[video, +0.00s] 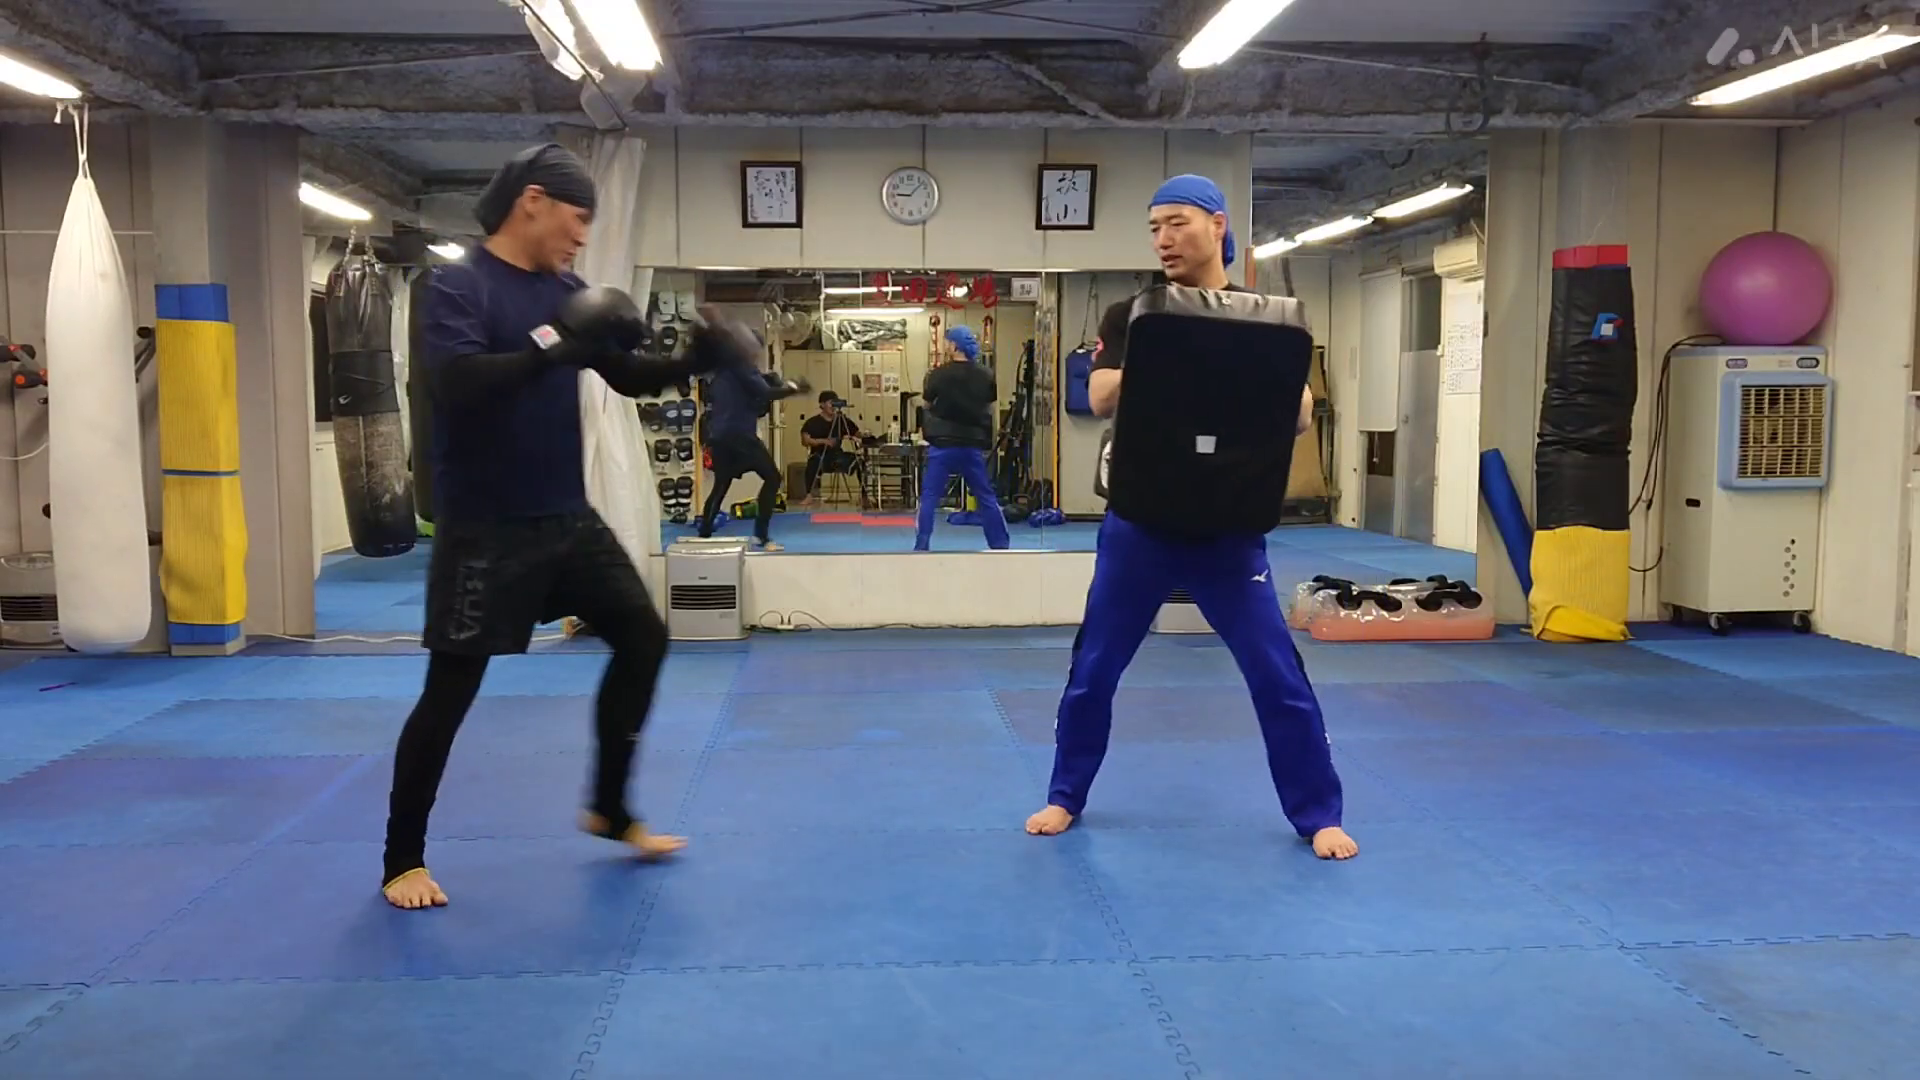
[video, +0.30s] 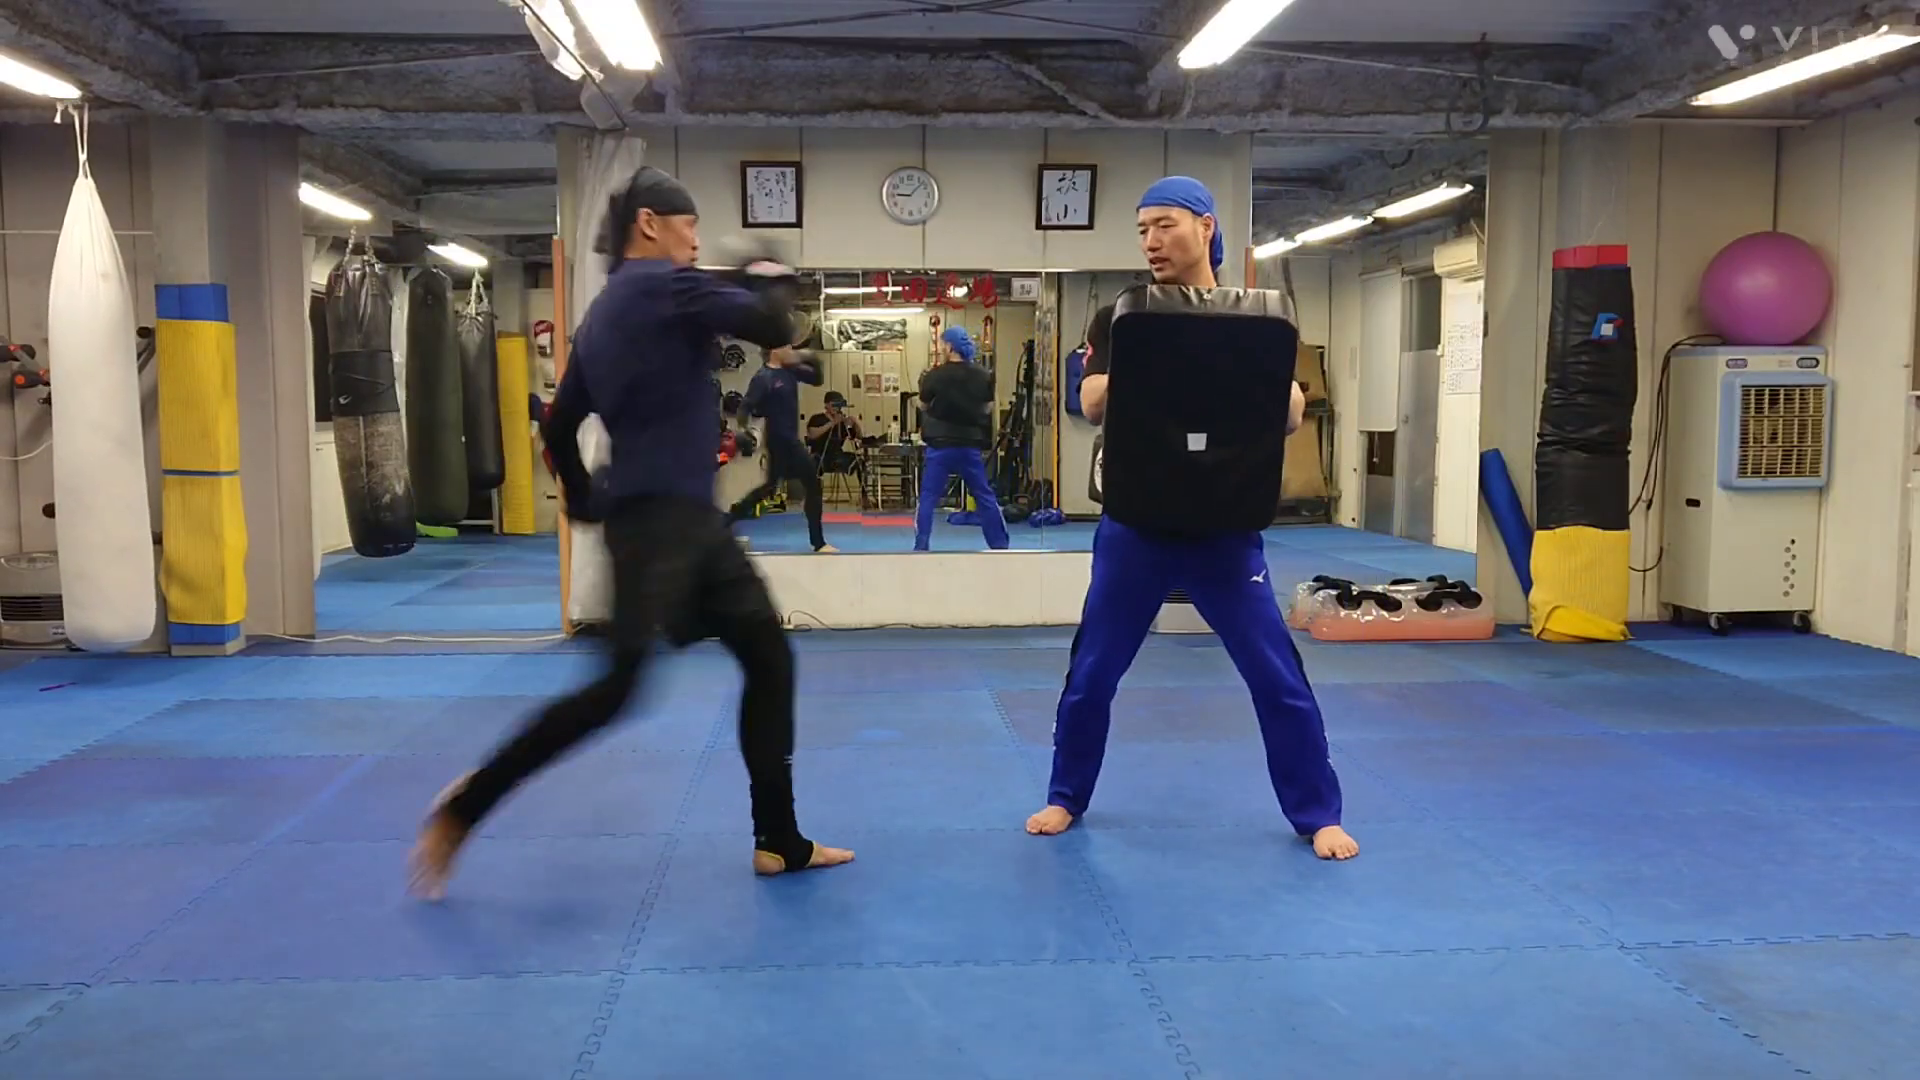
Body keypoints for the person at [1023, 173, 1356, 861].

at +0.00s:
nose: (1162, 238)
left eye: (1176, 223)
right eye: (1155, 227)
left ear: (1218, 226)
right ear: (1152, 238)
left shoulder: (1270, 318)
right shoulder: (1134, 313)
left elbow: (1300, 413)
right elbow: (1098, 397)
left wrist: (1228, 391)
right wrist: (1161, 366)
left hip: (1229, 532)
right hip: (1137, 528)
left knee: (1278, 674)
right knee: (1092, 669)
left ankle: (1320, 817)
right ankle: (1064, 798)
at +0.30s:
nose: (1152, 240)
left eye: (1165, 225)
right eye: (1145, 229)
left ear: (1207, 229)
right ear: (1141, 240)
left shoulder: (1249, 316)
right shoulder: (1120, 315)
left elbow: (1293, 412)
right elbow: (1090, 400)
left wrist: (1225, 385)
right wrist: (1148, 374)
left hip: (1224, 532)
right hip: (1132, 530)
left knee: (1277, 675)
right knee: (1090, 673)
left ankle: (1319, 816)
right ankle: (1065, 798)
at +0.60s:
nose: (1160, 256)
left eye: (1174, 243)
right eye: (1152, 245)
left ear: (1214, 240)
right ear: (1143, 248)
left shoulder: (1255, 317)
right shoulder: (1131, 317)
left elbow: (1281, 404)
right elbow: (1090, 381)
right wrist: (1182, 375)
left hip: (1225, 529)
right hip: (1135, 524)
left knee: (1274, 676)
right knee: (1092, 668)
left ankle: (1318, 818)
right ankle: (1068, 799)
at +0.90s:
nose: (1170, 234)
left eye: (1184, 221)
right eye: (1160, 225)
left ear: (1216, 231)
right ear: (1150, 242)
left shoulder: (1250, 315)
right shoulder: (1127, 316)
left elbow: (1280, 393)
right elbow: (1104, 393)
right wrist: (1179, 363)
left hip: (1239, 525)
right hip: (1148, 525)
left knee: (1293, 656)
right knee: (1101, 661)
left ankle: (1320, 795)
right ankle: (1066, 799)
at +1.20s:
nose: (1232, 257)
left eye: (1245, 242)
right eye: (1223, 247)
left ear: (1277, 248)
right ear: (1215, 259)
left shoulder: (1321, 335)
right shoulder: (1190, 334)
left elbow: (1341, 423)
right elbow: (1177, 418)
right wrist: (1239, 399)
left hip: (1287, 527)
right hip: (1207, 524)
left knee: (1329, 656)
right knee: (1149, 646)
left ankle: (1325, 764)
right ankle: (1088, 775)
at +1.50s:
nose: (1239, 248)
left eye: (1252, 235)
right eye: (1230, 238)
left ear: (1283, 239)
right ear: (1221, 249)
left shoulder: (1320, 318)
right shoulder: (1198, 320)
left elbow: (1340, 402)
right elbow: (1181, 401)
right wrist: (1233, 372)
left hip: (1302, 510)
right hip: (1221, 509)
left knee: (1337, 642)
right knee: (1201, 638)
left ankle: (1333, 765)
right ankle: (1187, 749)